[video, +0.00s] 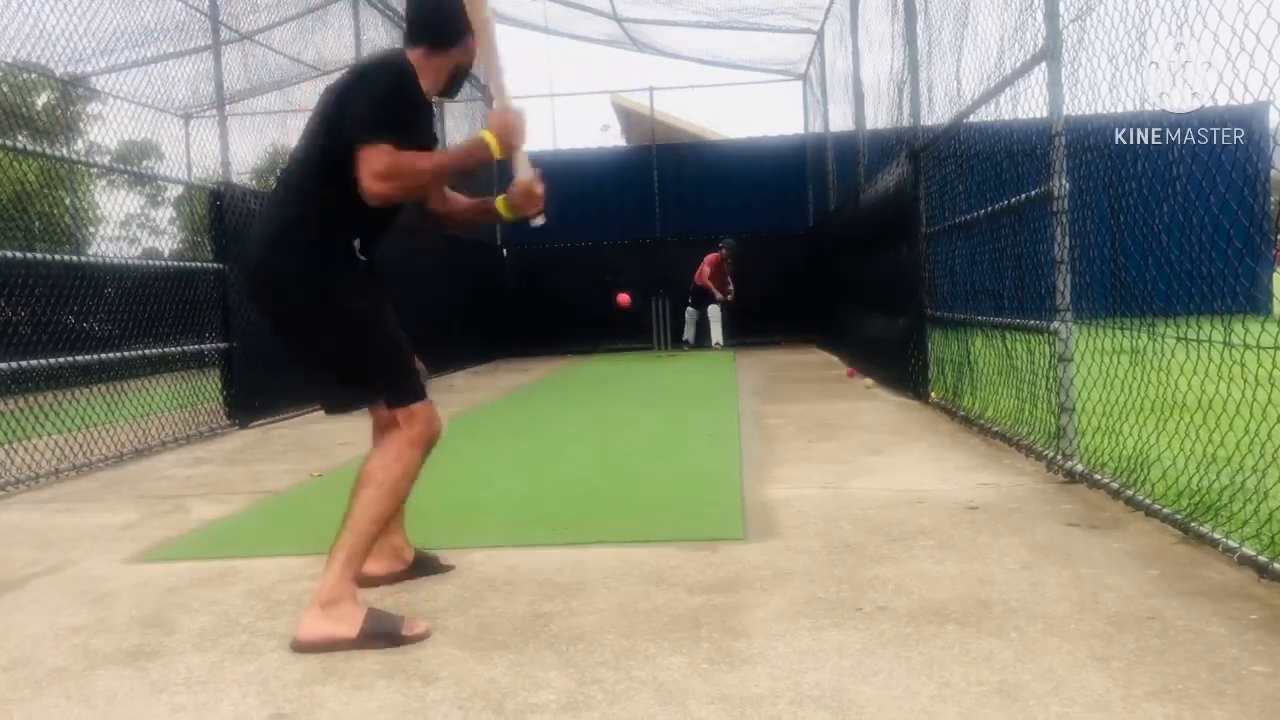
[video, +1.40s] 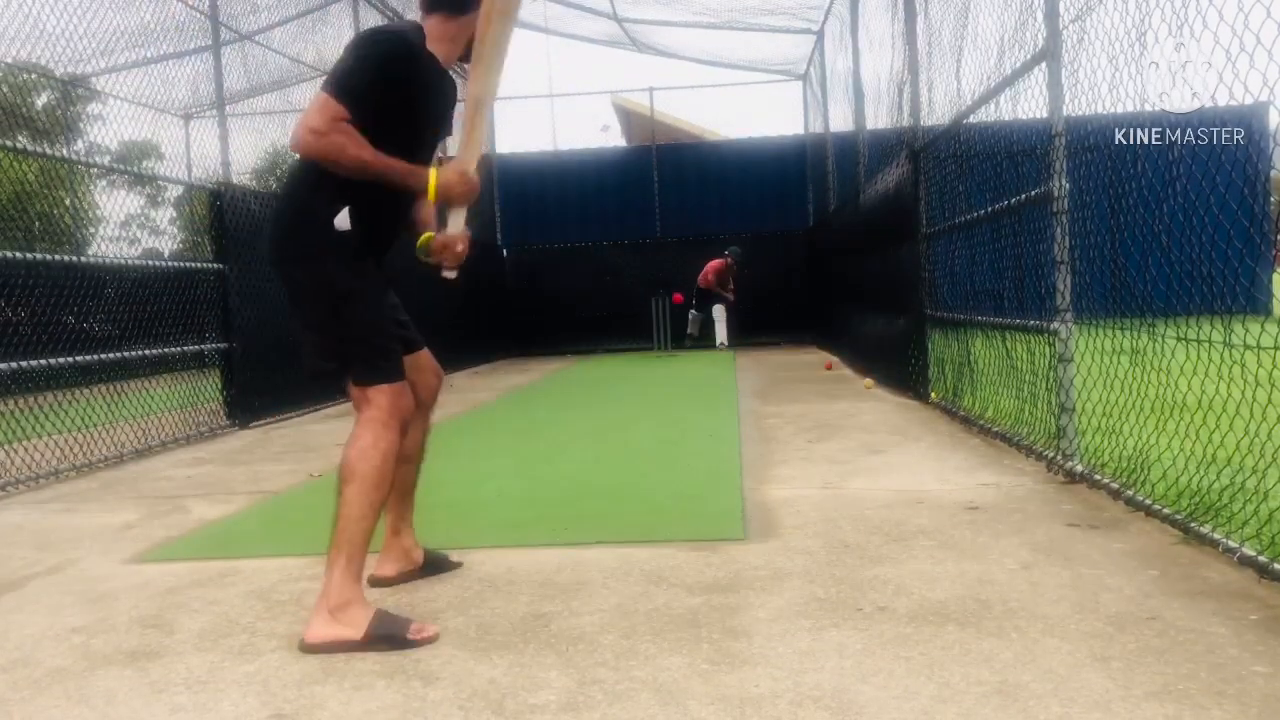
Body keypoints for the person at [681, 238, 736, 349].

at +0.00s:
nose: (725, 253)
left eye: (728, 251)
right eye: (724, 250)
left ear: (730, 252)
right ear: (721, 249)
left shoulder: (726, 263)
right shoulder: (711, 259)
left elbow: (727, 278)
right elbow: (704, 278)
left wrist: (731, 291)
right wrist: (716, 292)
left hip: (714, 290)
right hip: (699, 288)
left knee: (714, 312)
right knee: (691, 313)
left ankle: (717, 342)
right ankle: (688, 341)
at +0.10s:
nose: (722, 247)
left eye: (724, 245)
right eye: (720, 244)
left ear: (727, 247)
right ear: (716, 244)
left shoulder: (726, 261)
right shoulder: (707, 254)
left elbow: (726, 278)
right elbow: (698, 267)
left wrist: (730, 291)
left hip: (713, 288)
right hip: (699, 287)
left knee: (714, 312)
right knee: (693, 312)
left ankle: (717, 342)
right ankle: (689, 342)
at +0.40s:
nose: (708, 240)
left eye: (710, 237)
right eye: (706, 237)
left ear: (714, 239)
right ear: (702, 239)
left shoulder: (717, 254)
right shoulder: (693, 251)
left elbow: (721, 272)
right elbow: (688, 265)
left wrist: (722, 279)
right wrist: (689, 266)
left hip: (711, 287)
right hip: (696, 287)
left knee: (713, 314)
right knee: (692, 316)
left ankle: (717, 342)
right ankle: (692, 343)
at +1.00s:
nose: (695, 244)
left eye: (697, 241)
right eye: (694, 241)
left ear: (701, 242)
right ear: (691, 240)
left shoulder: (702, 254)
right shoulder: (680, 254)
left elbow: (706, 270)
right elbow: (676, 270)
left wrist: (712, 276)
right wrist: (684, 276)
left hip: (701, 286)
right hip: (686, 287)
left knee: (705, 314)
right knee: (688, 315)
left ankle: (709, 342)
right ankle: (691, 343)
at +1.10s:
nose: (702, 246)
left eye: (703, 244)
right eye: (701, 244)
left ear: (702, 244)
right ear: (695, 242)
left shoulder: (701, 255)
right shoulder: (681, 252)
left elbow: (701, 272)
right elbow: (676, 269)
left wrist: (713, 277)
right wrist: (685, 276)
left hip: (700, 287)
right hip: (686, 288)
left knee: (705, 315)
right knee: (688, 317)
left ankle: (709, 342)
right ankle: (691, 343)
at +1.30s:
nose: (734, 269)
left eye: (735, 268)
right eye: (733, 266)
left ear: (735, 267)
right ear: (729, 263)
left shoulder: (727, 272)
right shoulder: (717, 272)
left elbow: (726, 284)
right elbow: (719, 287)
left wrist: (727, 291)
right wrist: (725, 291)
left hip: (716, 290)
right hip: (703, 290)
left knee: (721, 312)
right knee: (698, 313)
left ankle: (721, 341)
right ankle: (691, 336)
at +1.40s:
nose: (733, 262)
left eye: (735, 261)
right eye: (732, 259)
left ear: (735, 260)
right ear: (727, 257)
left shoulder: (729, 268)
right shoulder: (714, 265)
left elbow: (728, 276)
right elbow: (713, 286)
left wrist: (730, 284)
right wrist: (726, 295)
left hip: (717, 289)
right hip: (703, 288)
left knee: (719, 312)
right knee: (696, 313)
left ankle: (721, 342)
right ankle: (691, 334)